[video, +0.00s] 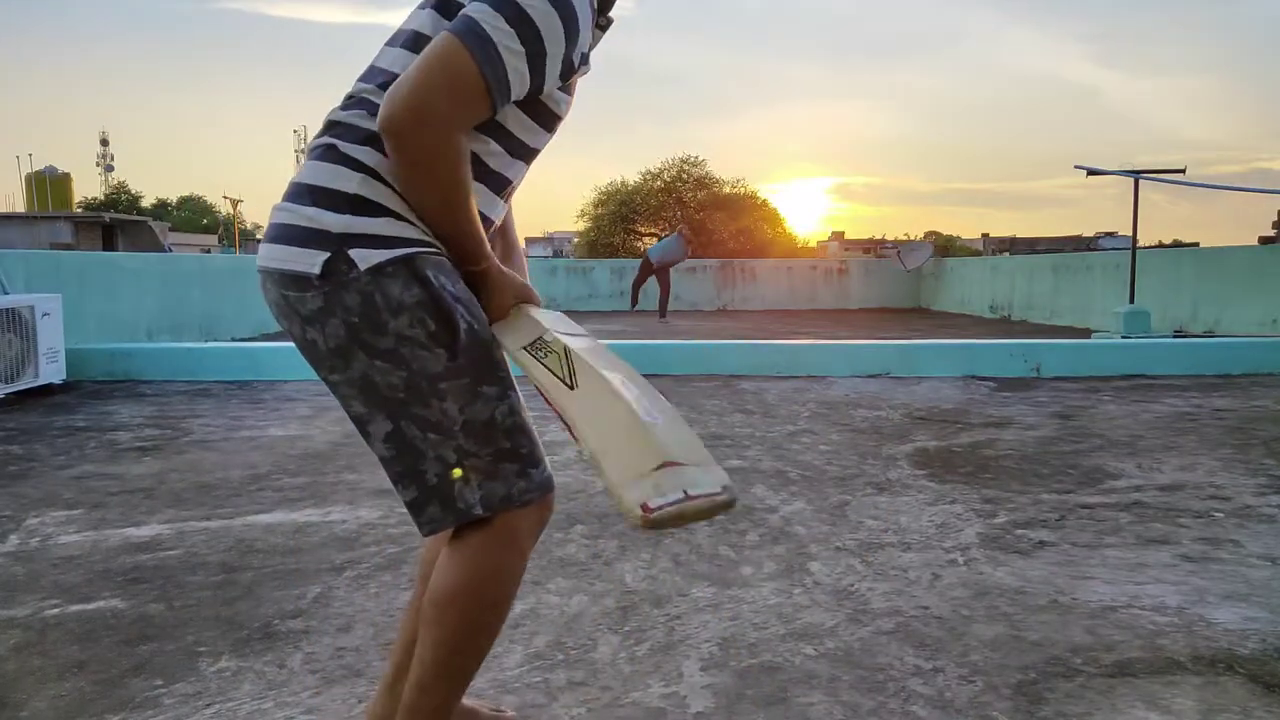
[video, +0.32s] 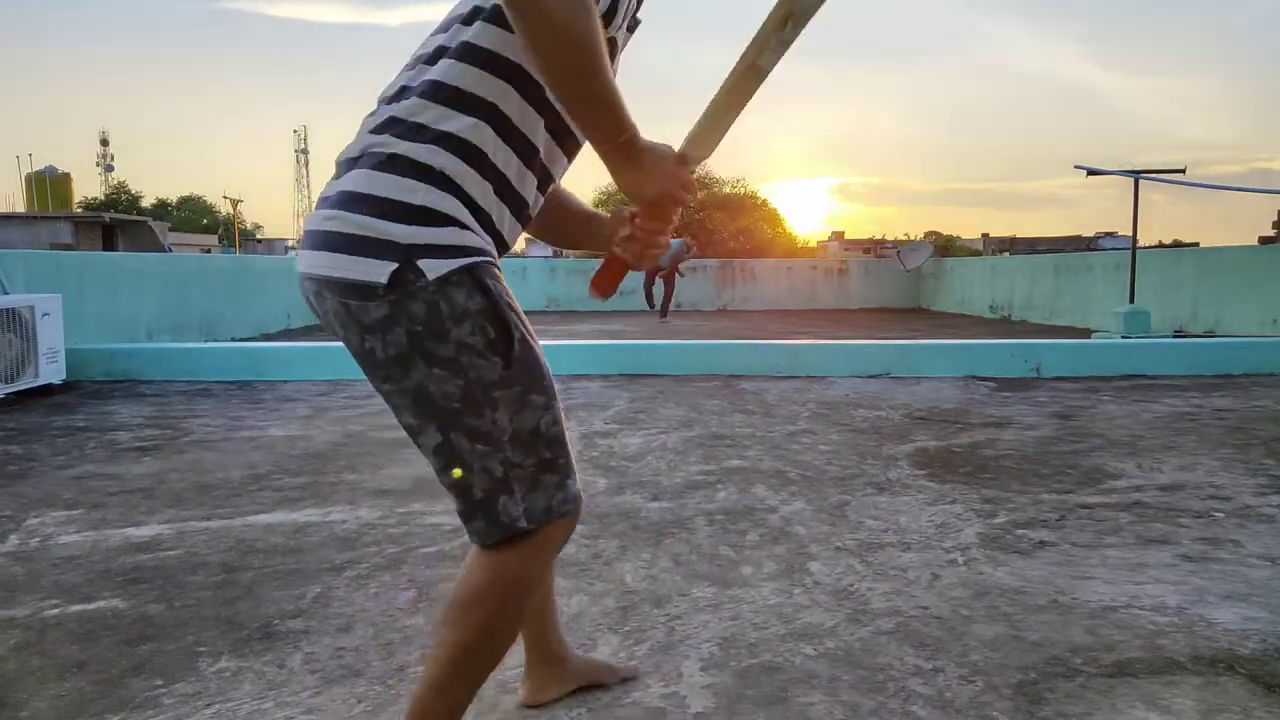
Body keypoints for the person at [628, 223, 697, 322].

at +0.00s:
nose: (691, 239)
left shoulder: (686, 254)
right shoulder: (680, 238)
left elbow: (671, 262)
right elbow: (681, 230)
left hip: (662, 265)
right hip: (651, 259)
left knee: (665, 289)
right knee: (638, 282)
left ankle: (662, 317)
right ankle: (633, 305)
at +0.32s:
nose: (693, 242)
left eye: (695, 240)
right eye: (691, 239)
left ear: (696, 242)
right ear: (686, 238)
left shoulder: (691, 251)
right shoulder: (677, 246)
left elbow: (676, 260)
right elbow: (672, 260)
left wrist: (667, 272)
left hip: (669, 266)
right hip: (655, 264)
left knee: (668, 293)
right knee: (648, 285)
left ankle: (663, 316)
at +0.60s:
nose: (691, 219)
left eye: (694, 216)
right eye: (689, 215)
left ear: (696, 218)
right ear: (684, 216)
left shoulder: (697, 233)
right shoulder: (676, 229)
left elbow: (695, 250)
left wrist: (690, 263)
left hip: (683, 261)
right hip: (669, 259)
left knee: (684, 286)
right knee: (671, 287)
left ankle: (671, 310)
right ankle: (675, 313)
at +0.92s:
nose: (699, 212)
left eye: (701, 210)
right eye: (696, 210)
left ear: (704, 212)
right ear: (692, 211)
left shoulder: (708, 226)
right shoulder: (686, 223)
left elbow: (715, 241)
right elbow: (673, 230)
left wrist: (720, 256)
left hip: (700, 262)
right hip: (685, 261)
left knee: (704, 289)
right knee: (680, 291)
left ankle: (710, 314)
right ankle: (677, 315)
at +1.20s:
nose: (698, 210)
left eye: (700, 208)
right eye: (696, 208)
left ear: (704, 210)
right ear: (693, 210)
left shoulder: (710, 224)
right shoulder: (687, 224)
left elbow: (716, 240)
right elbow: (678, 235)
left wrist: (719, 257)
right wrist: (671, 237)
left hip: (703, 263)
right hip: (688, 262)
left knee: (706, 292)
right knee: (685, 292)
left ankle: (710, 315)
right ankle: (682, 316)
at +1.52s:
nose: (695, 209)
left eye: (698, 206)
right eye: (693, 206)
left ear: (702, 208)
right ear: (690, 208)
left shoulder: (707, 223)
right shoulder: (685, 222)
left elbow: (717, 237)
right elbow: (673, 229)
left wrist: (708, 245)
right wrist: (684, 240)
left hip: (702, 261)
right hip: (687, 260)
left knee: (705, 291)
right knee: (686, 290)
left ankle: (710, 314)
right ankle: (682, 315)